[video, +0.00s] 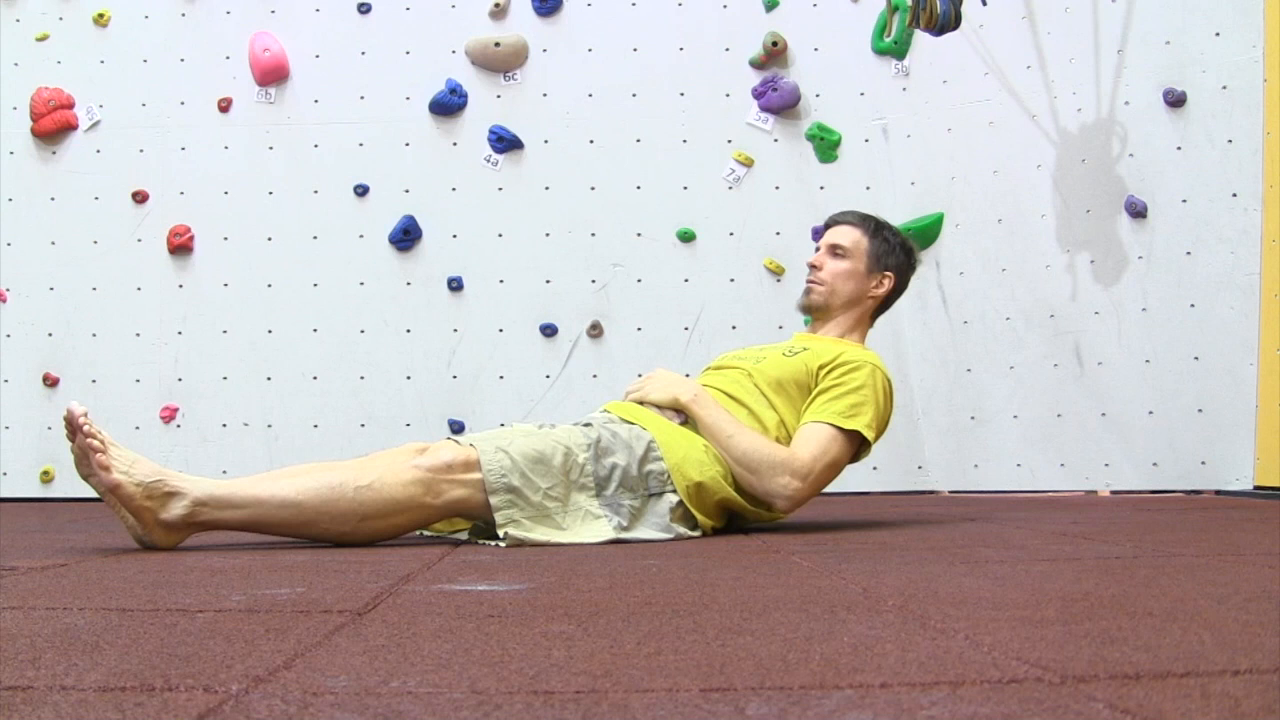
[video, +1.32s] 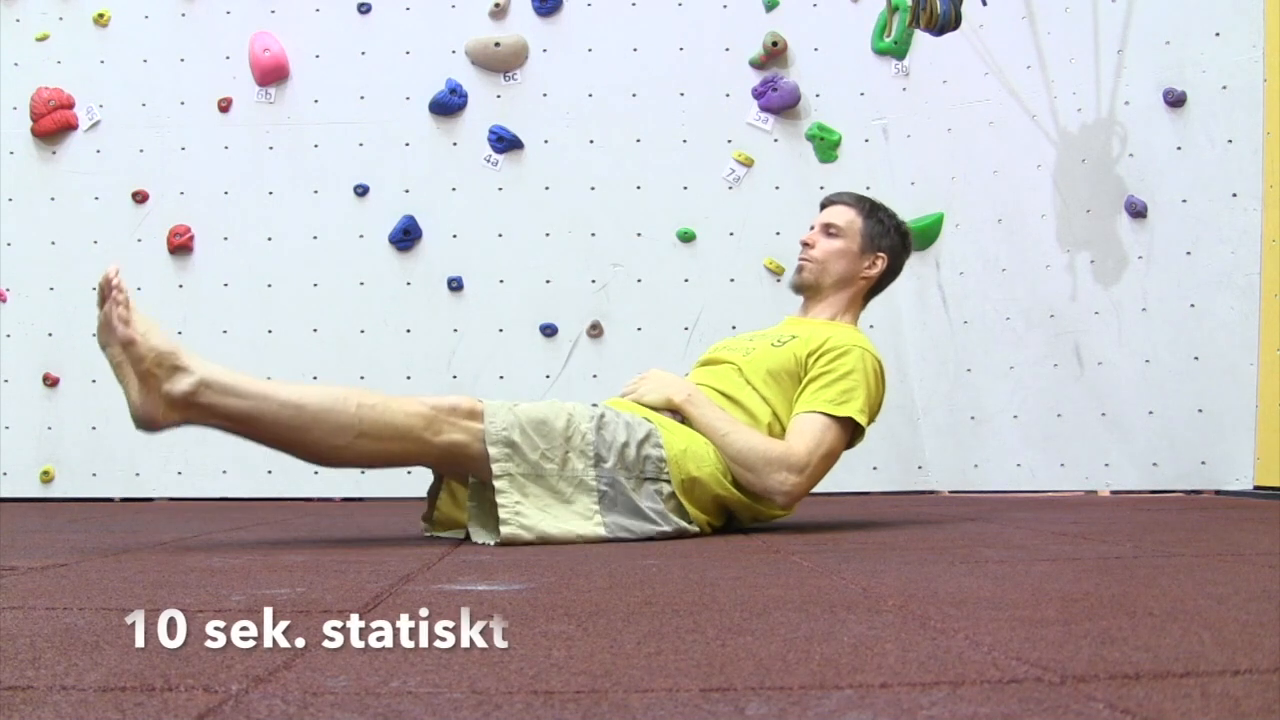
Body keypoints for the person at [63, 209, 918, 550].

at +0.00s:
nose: (815, 262)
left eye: (837, 256)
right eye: (819, 251)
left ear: (878, 288)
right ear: (824, 274)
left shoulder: (856, 369)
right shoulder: (789, 356)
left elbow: (788, 486)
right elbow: (747, 458)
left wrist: (694, 397)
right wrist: (665, 400)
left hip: (656, 465)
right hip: (626, 448)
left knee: (448, 474)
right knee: (430, 466)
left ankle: (185, 500)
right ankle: (179, 502)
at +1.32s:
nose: (809, 236)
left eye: (832, 231)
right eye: (814, 225)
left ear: (874, 266)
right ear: (820, 252)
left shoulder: (847, 351)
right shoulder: (783, 340)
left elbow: (785, 477)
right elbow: (750, 453)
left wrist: (686, 396)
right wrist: (665, 405)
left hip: (663, 464)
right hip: (638, 451)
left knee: (448, 424)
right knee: (430, 428)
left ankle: (182, 387)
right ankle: (181, 390)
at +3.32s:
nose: (821, 240)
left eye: (845, 237)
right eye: (828, 233)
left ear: (884, 279)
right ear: (837, 269)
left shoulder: (855, 361)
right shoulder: (787, 350)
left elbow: (788, 488)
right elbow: (745, 464)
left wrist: (691, 400)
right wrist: (673, 405)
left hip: (667, 458)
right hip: (644, 447)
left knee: (441, 423)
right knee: (431, 425)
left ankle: (180, 391)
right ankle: (180, 394)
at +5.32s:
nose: (841, 252)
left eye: (865, 251)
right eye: (848, 243)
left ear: (895, 296)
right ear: (848, 278)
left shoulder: (861, 372)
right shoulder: (800, 356)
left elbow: (791, 491)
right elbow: (752, 467)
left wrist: (698, 400)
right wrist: (675, 407)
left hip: (661, 461)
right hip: (642, 447)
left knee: (442, 427)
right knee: (432, 429)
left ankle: (178, 400)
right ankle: (179, 402)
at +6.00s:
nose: (844, 254)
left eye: (867, 254)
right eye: (853, 245)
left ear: (896, 300)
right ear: (857, 282)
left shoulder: (864, 375)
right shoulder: (801, 358)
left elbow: (791, 492)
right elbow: (747, 466)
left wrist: (700, 403)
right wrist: (673, 407)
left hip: (659, 460)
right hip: (638, 445)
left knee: (441, 428)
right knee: (429, 429)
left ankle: (178, 400)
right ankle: (179, 401)